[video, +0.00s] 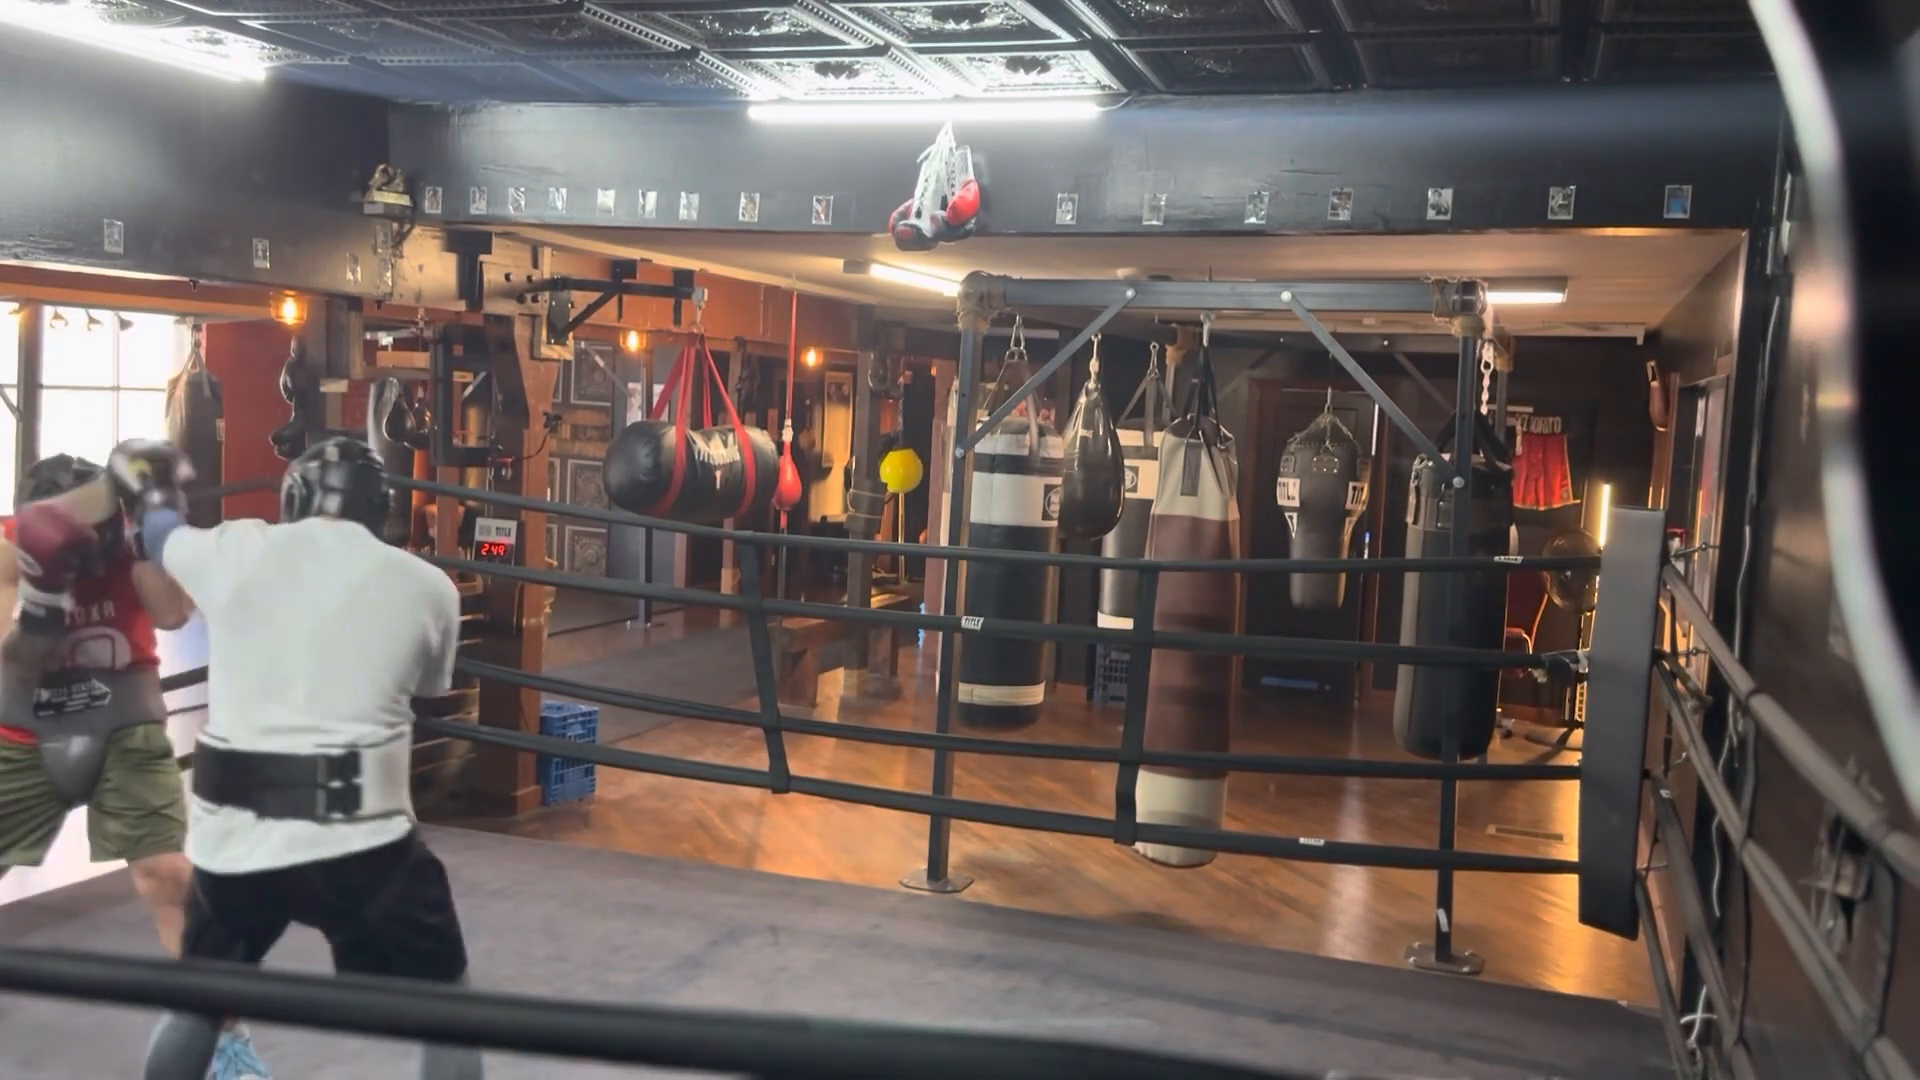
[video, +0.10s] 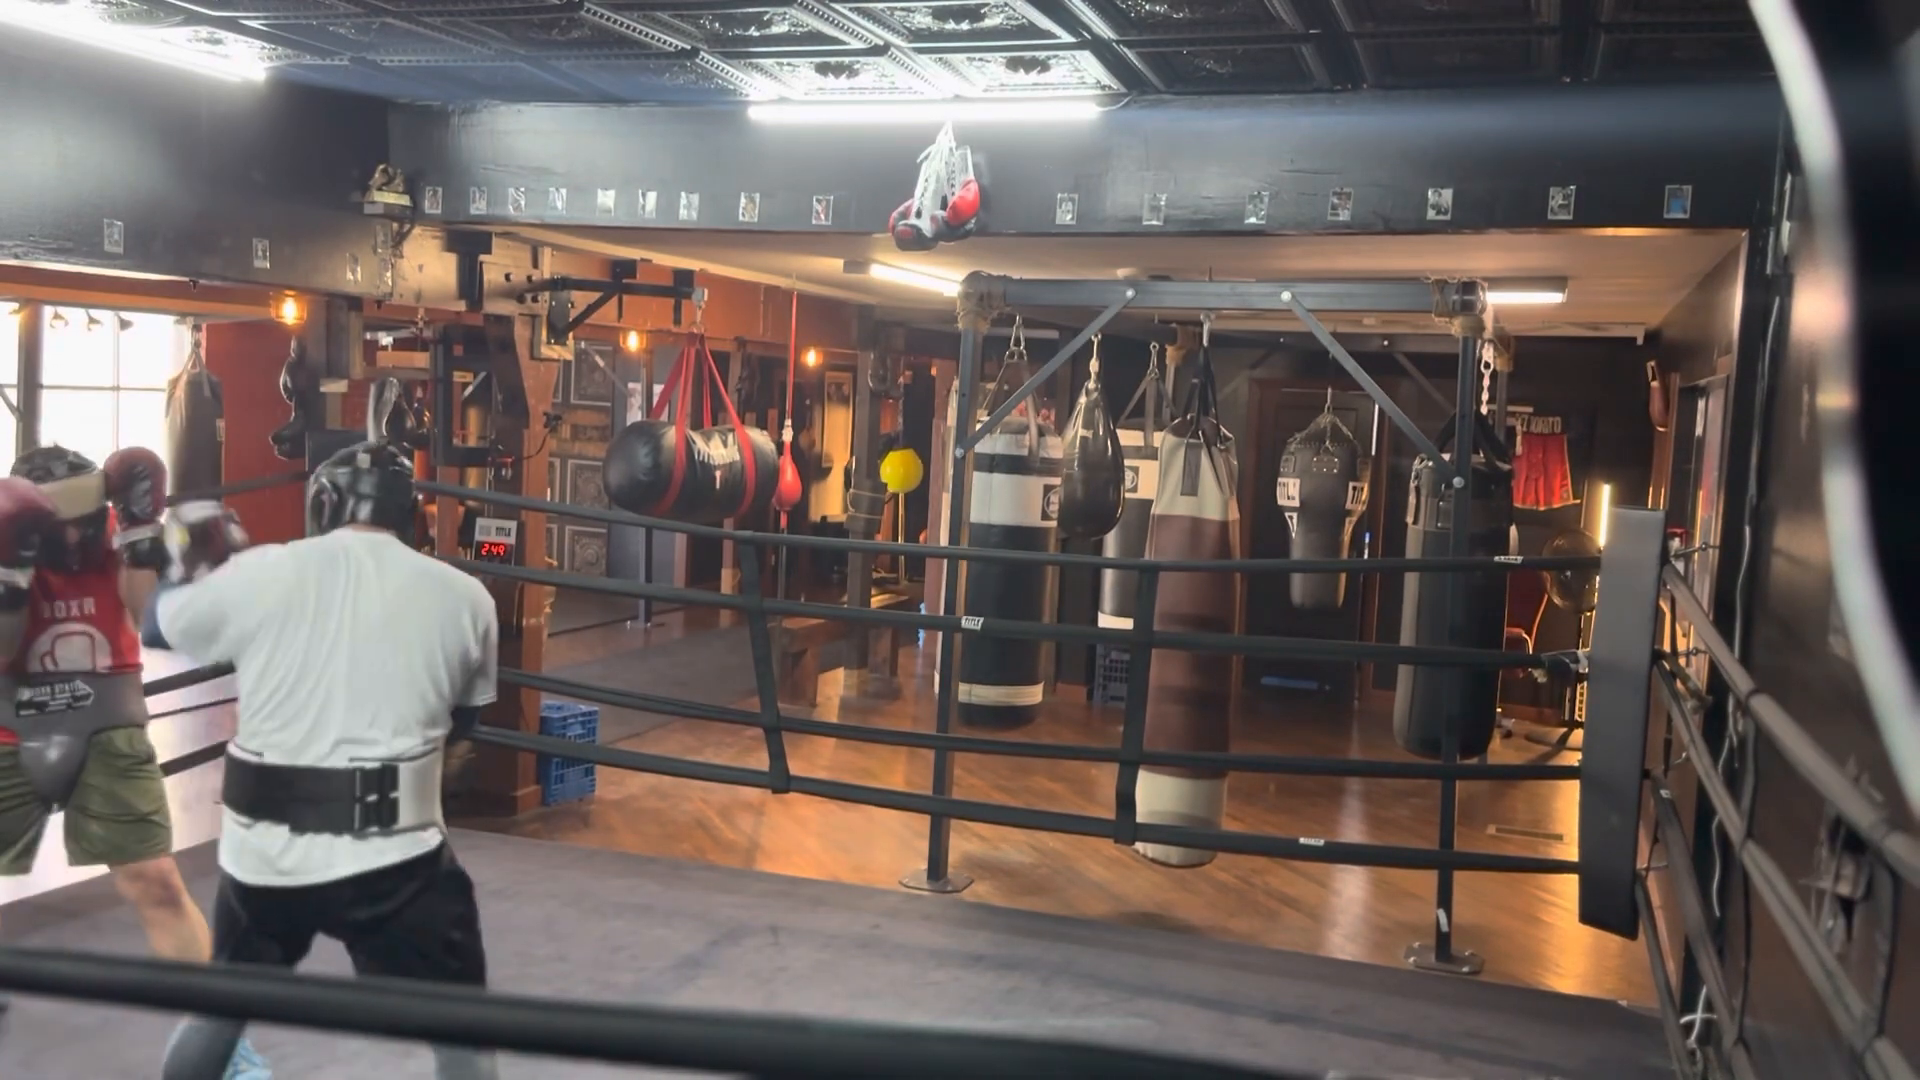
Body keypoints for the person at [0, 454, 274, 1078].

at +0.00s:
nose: (66, 531)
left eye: (80, 517)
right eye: (51, 521)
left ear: (108, 507)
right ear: (27, 518)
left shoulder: (131, 545)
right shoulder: (14, 548)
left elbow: (173, 614)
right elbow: (22, 664)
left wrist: (148, 532)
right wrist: (46, 591)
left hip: (130, 730)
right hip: (22, 733)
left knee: (168, 876)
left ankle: (227, 1038)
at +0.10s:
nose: (68, 533)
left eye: (78, 517)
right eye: (50, 517)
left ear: (95, 510)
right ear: (23, 510)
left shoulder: (110, 541)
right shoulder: (11, 550)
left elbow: (151, 618)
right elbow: (7, 658)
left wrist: (142, 528)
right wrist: (12, 570)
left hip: (110, 722)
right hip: (15, 724)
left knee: (157, 884)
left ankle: (226, 1042)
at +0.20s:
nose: (60, 524)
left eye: (69, 508)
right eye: (44, 510)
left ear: (88, 504)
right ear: (18, 504)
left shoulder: (106, 537)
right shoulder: (9, 547)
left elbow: (146, 621)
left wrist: (133, 527)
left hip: (100, 715)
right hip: (11, 716)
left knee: (151, 879)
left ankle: (222, 1031)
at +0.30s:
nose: (67, 511)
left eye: (80, 497)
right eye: (52, 498)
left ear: (99, 492)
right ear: (22, 490)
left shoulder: (113, 525)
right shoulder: (6, 532)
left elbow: (142, 616)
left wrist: (137, 524)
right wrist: (10, 534)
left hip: (99, 711)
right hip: (6, 710)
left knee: (143, 871)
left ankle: (198, 1022)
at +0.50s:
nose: (99, 501)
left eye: (110, 490)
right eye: (84, 487)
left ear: (129, 485)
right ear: (56, 480)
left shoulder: (147, 520)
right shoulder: (20, 507)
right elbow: (40, 565)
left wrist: (194, 529)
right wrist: (87, 518)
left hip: (123, 709)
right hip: (19, 715)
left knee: (144, 870)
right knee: (2, 877)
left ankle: (194, 1031)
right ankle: (3, 999)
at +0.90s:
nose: (175, 490)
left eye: (190, 474)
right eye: (158, 478)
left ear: (213, 457)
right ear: (131, 464)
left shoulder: (246, 501)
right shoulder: (92, 497)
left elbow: (264, 599)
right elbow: (68, 611)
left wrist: (207, 569)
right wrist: (119, 562)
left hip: (199, 695)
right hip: (106, 693)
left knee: (189, 864)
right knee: (59, 851)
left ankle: (201, 1003)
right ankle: (94, 967)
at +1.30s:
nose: (200, 456)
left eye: (215, 444)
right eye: (189, 443)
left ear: (242, 441)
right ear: (171, 438)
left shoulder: (272, 488)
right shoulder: (145, 491)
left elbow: (301, 587)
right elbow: (130, 584)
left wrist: (288, 524)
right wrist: (157, 512)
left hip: (249, 680)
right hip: (156, 680)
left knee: (260, 835)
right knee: (152, 835)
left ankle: (288, 987)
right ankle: (147, 962)